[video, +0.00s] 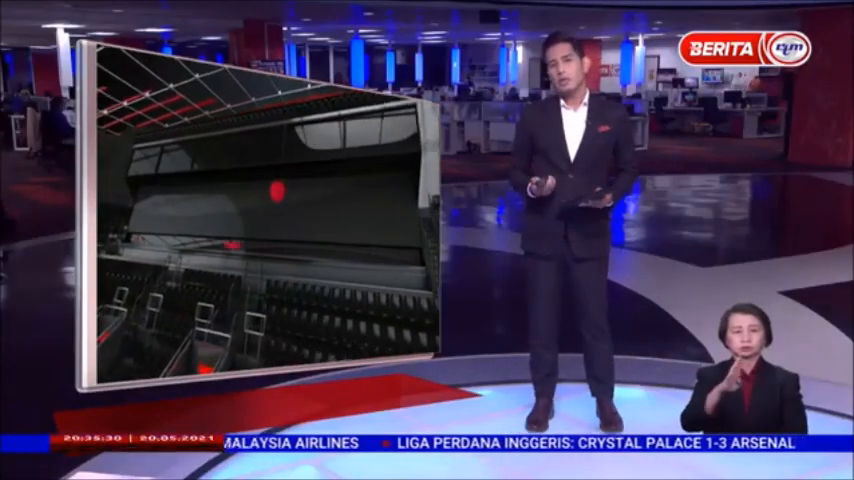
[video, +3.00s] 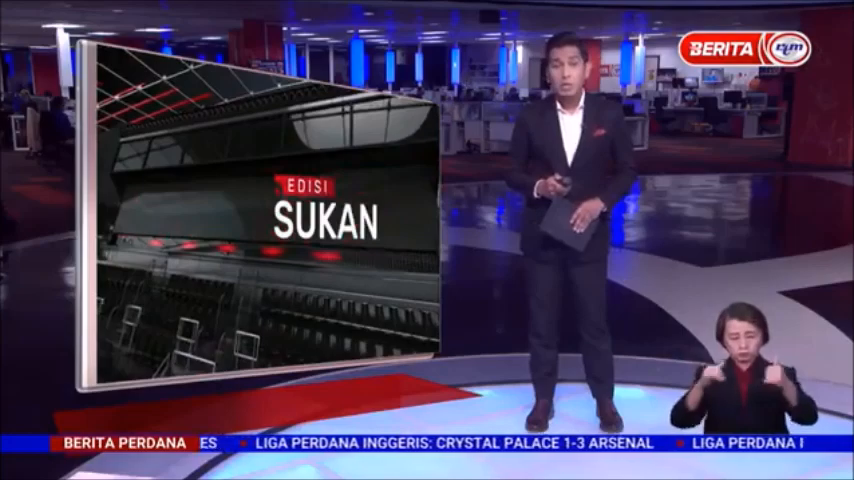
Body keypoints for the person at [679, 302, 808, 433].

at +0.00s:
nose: (746, 338)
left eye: (753, 330)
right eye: (737, 331)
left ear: (765, 337)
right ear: (726, 340)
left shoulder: (785, 381)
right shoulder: (710, 376)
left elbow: (797, 435)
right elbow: (689, 423)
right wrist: (720, 390)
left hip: (769, 464)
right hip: (717, 463)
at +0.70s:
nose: (744, 339)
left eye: (752, 332)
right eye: (735, 333)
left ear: (764, 338)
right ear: (724, 340)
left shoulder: (786, 381)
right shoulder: (709, 378)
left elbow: (797, 439)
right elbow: (693, 432)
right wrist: (736, 406)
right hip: (717, 464)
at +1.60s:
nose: (743, 339)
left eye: (751, 331)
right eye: (734, 332)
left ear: (763, 336)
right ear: (724, 340)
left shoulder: (783, 377)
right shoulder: (710, 376)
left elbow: (809, 419)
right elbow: (691, 423)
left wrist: (775, 411)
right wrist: (732, 392)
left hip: (772, 463)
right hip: (720, 462)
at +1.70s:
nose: (743, 340)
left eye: (750, 331)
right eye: (734, 333)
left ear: (763, 336)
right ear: (723, 340)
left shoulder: (783, 375)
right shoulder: (710, 376)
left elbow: (810, 414)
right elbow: (691, 422)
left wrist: (778, 392)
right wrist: (731, 387)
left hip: (774, 461)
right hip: (722, 462)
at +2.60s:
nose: (743, 341)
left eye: (750, 332)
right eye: (734, 334)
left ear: (762, 335)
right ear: (722, 340)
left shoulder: (782, 375)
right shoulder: (710, 375)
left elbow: (804, 416)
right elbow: (685, 420)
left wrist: (758, 392)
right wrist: (725, 399)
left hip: (774, 461)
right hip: (720, 462)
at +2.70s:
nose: (742, 342)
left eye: (749, 333)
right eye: (733, 335)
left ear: (761, 336)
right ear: (722, 341)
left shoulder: (782, 375)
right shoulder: (709, 376)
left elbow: (808, 419)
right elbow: (680, 423)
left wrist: (774, 395)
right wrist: (706, 406)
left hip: (775, 461)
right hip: (721, 461)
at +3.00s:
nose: (743, 345)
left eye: (750, 336)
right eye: (734, 337)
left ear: (762, 338)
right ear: (723, 341)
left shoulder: (781, 375)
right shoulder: (711, 376)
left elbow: (809, 417)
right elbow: (680, 420)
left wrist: (784, 384)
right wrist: (701, 385)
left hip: (772, 460)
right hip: (720, 460)